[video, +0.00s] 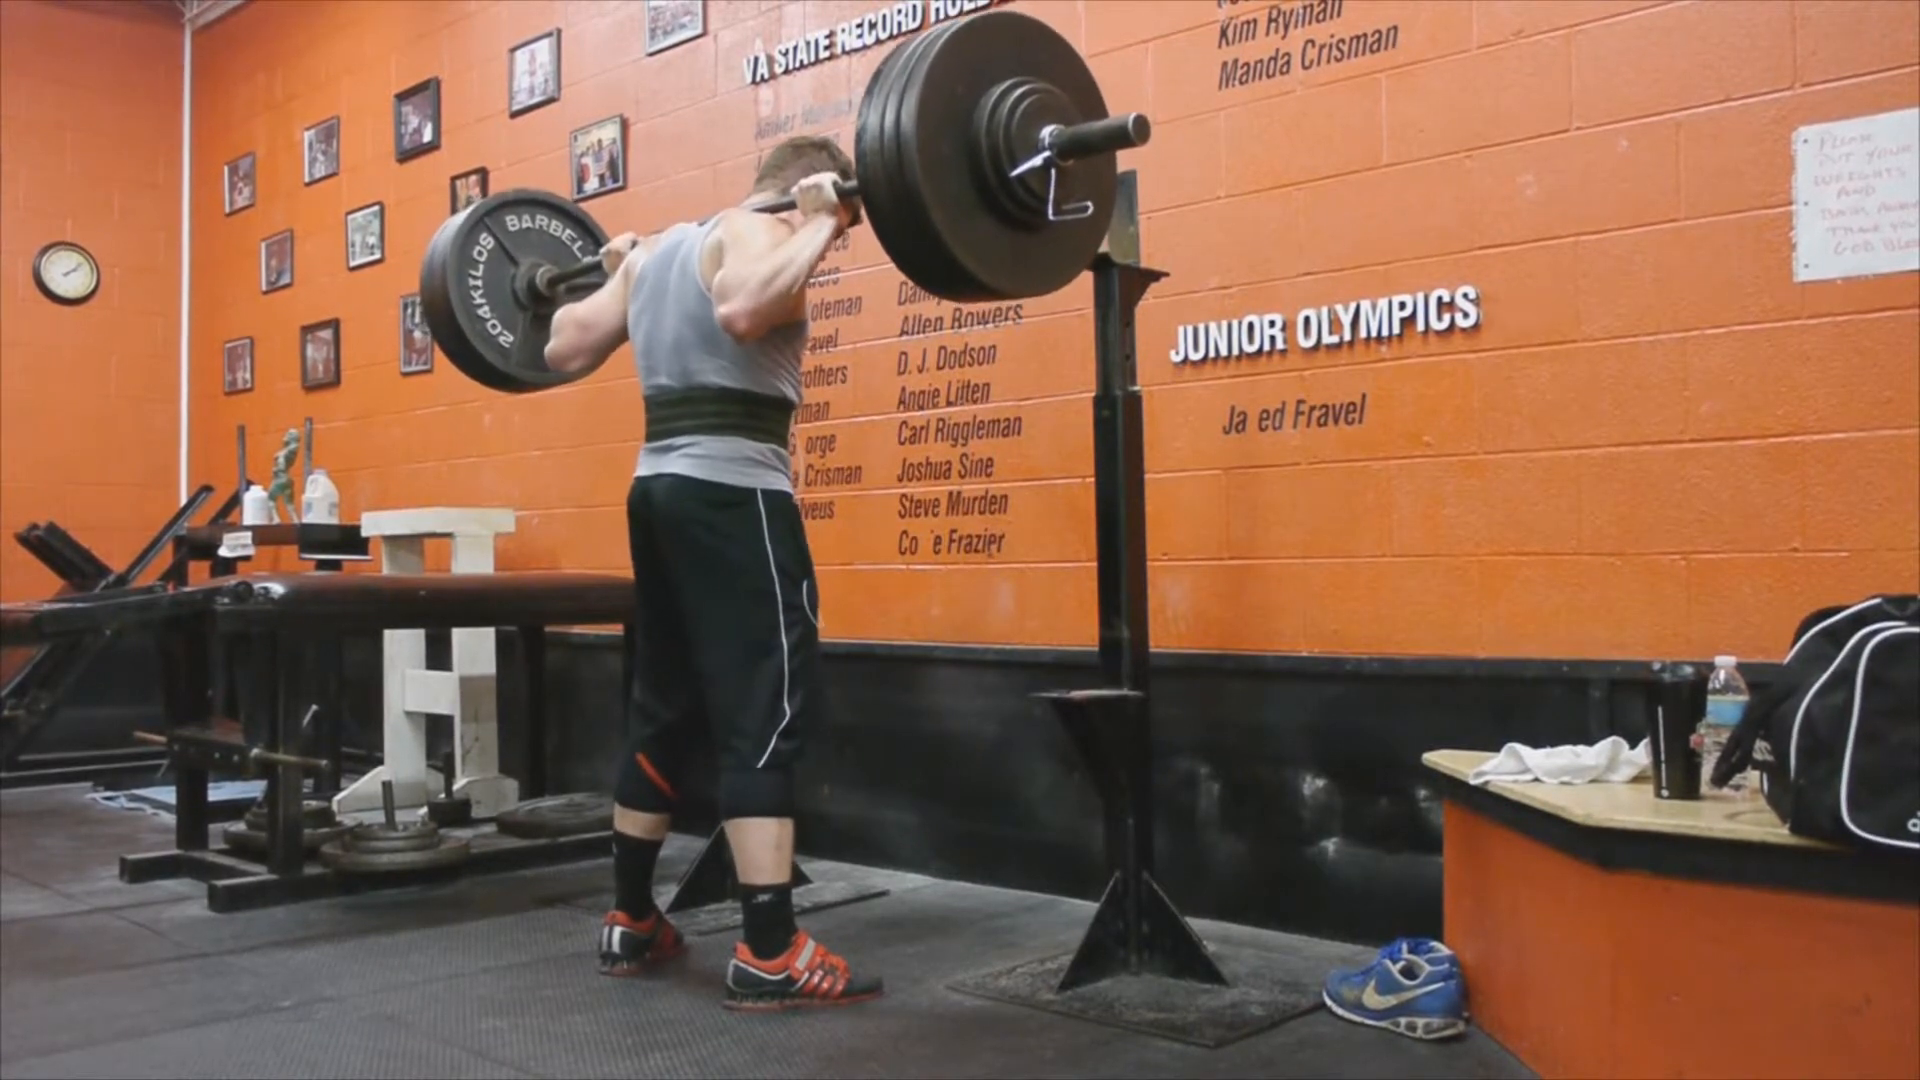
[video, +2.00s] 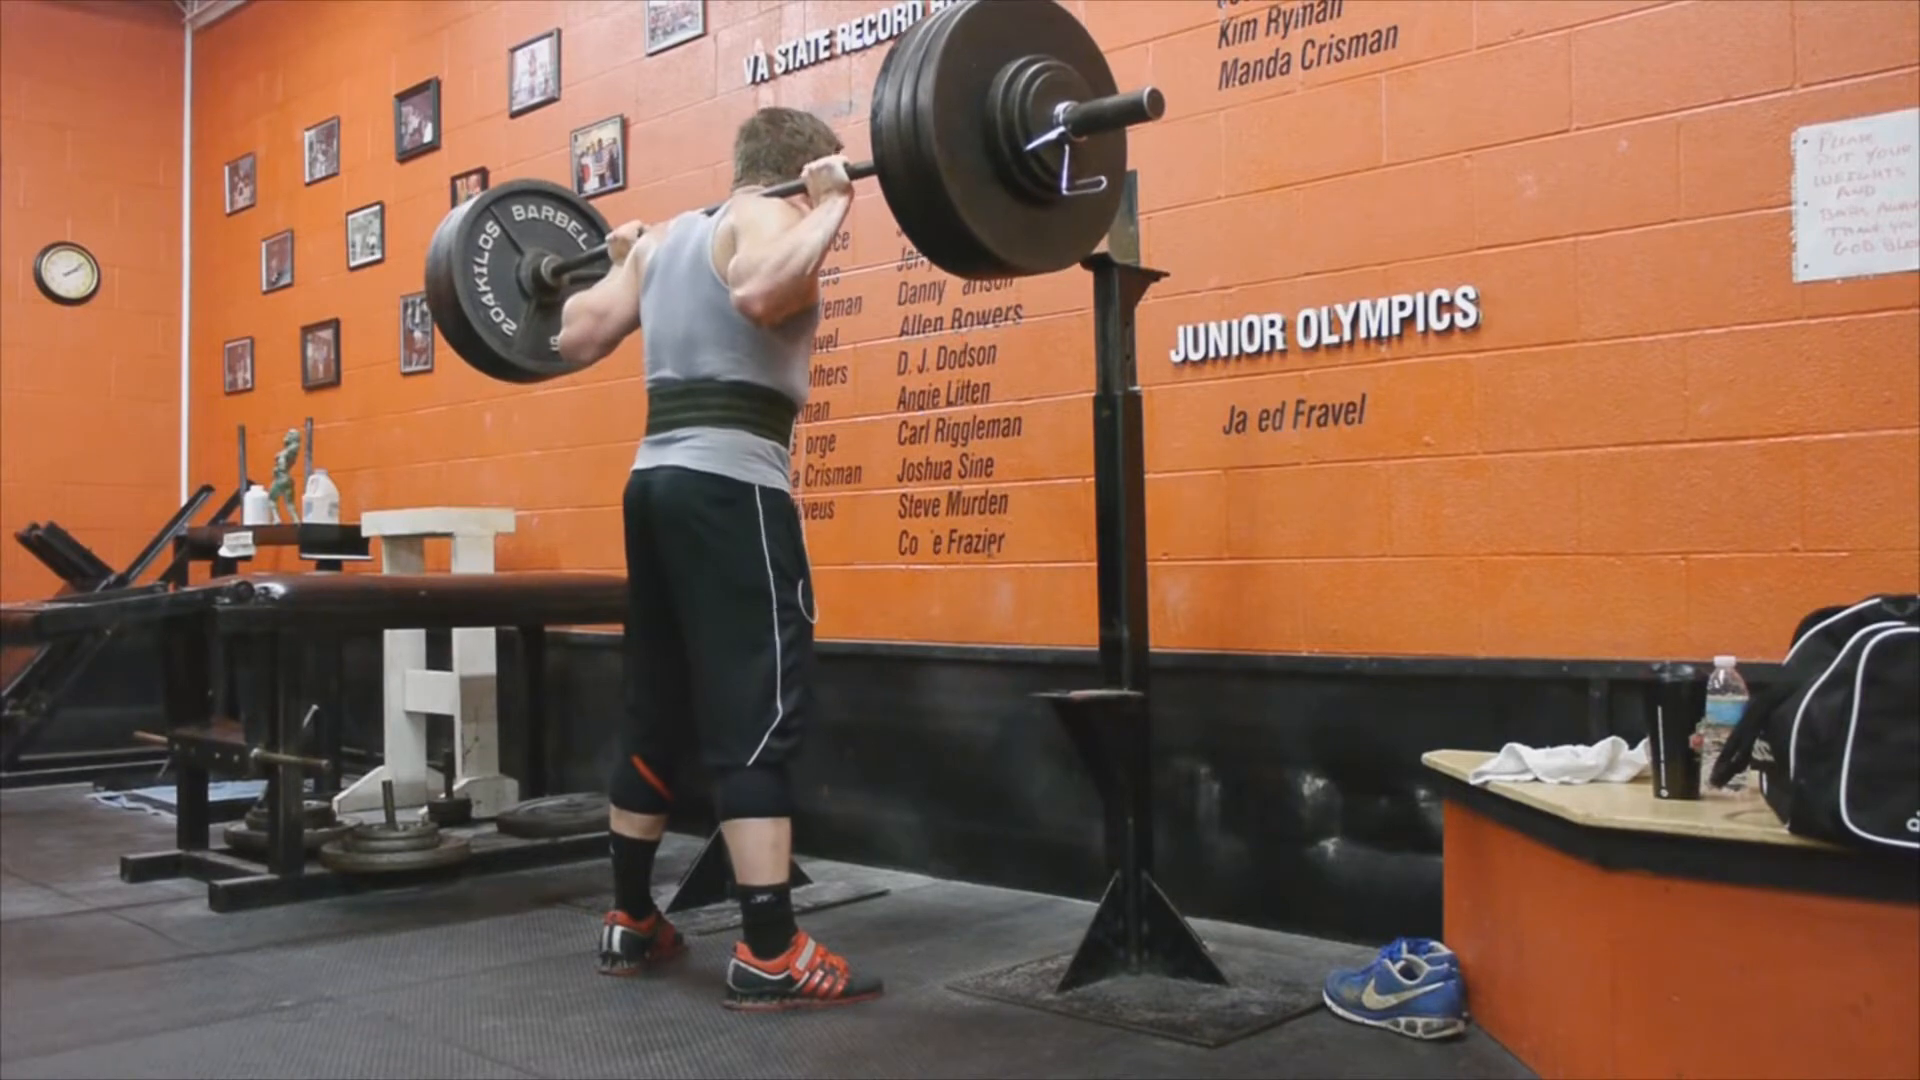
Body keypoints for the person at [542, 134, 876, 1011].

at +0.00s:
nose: (838, 237)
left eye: (845, 224)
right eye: (838, 219)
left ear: (756, 184)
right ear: (810, 196)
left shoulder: (659, 254)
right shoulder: (764, 231)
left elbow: (562, 346)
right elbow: (742, 311)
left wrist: (614, 275)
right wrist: (820, 226)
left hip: (660, 497)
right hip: (736, 498)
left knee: (667, 710)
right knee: (764, 714)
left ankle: (631, 921)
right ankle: (770, 947)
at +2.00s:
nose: (832, 201)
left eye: (835, 183)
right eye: (828, 182)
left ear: (739, 167)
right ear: (804, 173)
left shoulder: (666, 240)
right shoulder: (770, 212)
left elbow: (572, 335)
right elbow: (759, 295)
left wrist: (617, 262)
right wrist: (833, 205)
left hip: (656, 487)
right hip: (731, 489)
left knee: (661, 710)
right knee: (758, 713)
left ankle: (631, 920)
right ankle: (769, 946)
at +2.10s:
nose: (831, 201)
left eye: (833, 183)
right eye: (827, 182)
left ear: (739, 168)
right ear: (803, 173)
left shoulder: (666, 241)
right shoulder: (770, 213)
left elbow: (573, 336)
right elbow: (759, 296)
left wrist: (616, 262)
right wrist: (834, 205)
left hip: (656, 486)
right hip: (730, 488)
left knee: (661, 710)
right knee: (755, 715)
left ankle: (631, 920)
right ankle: (770, 946)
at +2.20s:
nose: (832, 198)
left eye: (836, 181)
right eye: (829, 180)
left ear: (740, 168)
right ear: (803, 171)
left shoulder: (666, 241)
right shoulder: (770, 216)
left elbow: (573, 338)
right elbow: (758, 296)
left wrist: (616, 263)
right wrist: (834, 209)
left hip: (656, 487)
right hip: (730, 489)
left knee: (660, 710)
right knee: (755, 715)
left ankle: (631, 920)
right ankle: (770, 946)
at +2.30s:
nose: (832, 198)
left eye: (835, 181)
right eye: (829, 181)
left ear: (739, 173)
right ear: (800, 174)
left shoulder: (667, 244)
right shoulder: (769, 219)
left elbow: (571, 341)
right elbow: (755, 296)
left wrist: (616, 264)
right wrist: (833, 214)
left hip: (654, 486)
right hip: (729, 488)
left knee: (660, 708)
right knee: (756, 713)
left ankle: (631, 919)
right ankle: (769, 946)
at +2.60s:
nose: (828, 195)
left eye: (828, 178)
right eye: (826, 178)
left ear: (733, 177)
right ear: (798, 173)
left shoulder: (664, 252)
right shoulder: (771, 225)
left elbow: (569, 352)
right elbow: (752, 299)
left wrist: (615, 273)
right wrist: (830, 222)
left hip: (654, 486)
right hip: (729, 488)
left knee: (660, 708)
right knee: (756, 713)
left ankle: (632, 920)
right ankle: (770, 946)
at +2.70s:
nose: (827, 195)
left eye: (827, 178)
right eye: (825, 178)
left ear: (733, 177)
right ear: (798, 173)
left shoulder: (663, 252)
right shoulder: (771, 225)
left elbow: (569, 351)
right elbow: (753, 299)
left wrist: (612, 273)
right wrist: (830, 223)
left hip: (654, 486)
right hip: (728, 488)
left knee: (660, 707)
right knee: (756, 713)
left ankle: (631, 920)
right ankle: (770, 946)